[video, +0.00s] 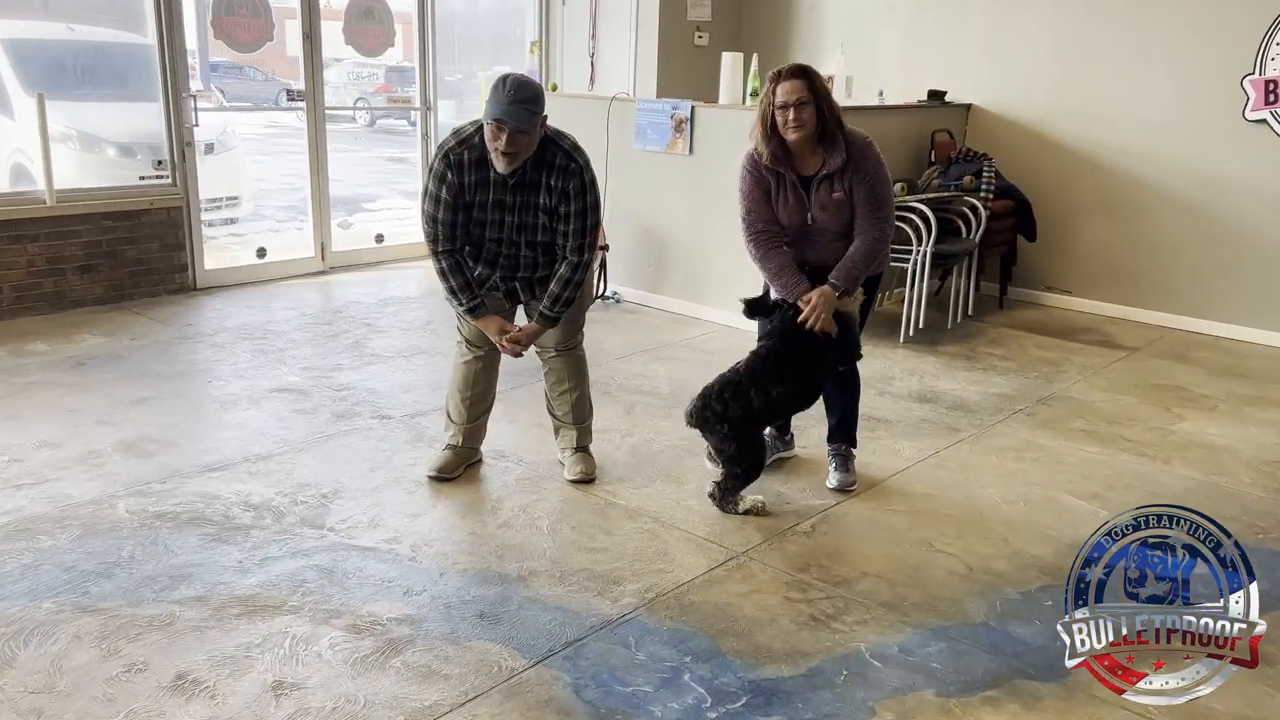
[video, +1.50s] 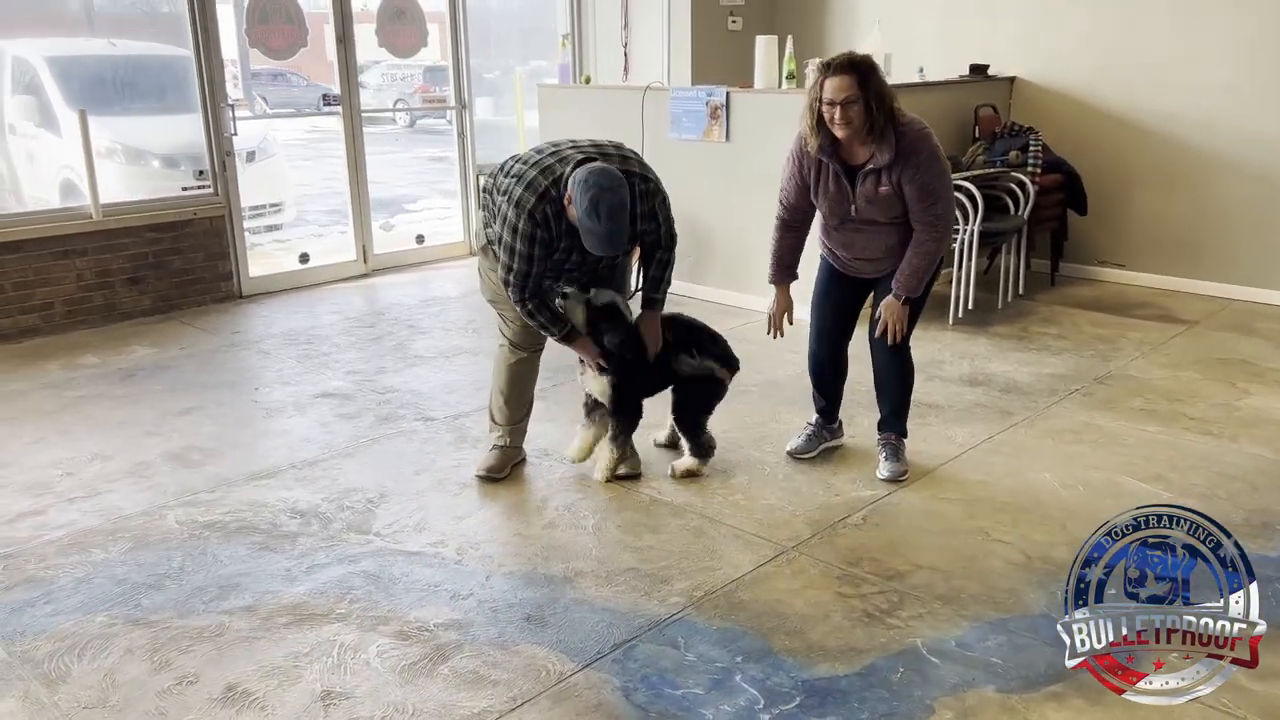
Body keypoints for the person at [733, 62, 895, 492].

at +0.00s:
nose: (792, 115)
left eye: (802, 104)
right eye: (782, 107)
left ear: (821, 107)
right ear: (770, 113)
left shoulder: (858, 153)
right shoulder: (760, 162)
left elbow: (875, 233)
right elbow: (761, 238)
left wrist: (837, 287)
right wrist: (806, 297)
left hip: (849, 272)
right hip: (787, 272)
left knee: (839, 357)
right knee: (776, 350)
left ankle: (841, 451)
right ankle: (777, 432)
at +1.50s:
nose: (838, 114)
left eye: (849, 103)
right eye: (829, 104)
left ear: (871, 101)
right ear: (817, 105)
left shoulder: (913, 143)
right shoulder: (810, 145)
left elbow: (935, 227)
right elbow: (792, 215)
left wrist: (900, 293)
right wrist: (781, 285)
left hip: (903, 259)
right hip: (841, 255)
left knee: (887, 338)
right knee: (823, 345)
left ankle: (892, 439)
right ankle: (826, 423)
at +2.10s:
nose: (799, 159)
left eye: (810, 149)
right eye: (792, 149)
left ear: (836, 147)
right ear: (784, 151)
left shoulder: (881, 189)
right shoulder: (786, 193)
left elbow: (888, 279)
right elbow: (758, 251)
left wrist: (843, 344)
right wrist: (717, 303)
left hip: (905, 278)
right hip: (836, 276)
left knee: (895, 378)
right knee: (810, 355)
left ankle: (944, 399)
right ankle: (828, 440)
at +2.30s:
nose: (793, 195)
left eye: (804, 187)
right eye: (788, 186)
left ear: (833, 186)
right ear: (783, 184)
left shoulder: (877, 232)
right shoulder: (787, 225)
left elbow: (864, 319)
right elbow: (742, 266)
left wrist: (817, 383)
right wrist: (683, 299)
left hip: (896, 320)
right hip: (833, 309)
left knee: (887, 422)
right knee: (786, 353)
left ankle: (950, 409)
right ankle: (826, 442)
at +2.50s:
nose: (796, 218)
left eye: (806, 210)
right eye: (791, 208)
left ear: (834, 210)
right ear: (786, 207)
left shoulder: (872, 259)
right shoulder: (787, 244)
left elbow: (854, 344)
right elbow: (735, 273)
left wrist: (833, 419)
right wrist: (674, 288)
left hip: (888, 353)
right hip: (831, 337)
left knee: (878, 459)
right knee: (772, 357)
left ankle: (938, 411)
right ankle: (813, 442)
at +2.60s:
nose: (797, 222)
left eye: (808, 214)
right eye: (794, 211)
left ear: (837, 214)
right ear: (789, 210)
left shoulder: (875, 264)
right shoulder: (788, 245)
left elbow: (855, 349)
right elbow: (736, 270)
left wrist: (826, 420)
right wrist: (680, 281)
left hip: (884, 360)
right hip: (828, 343)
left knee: (875, 469)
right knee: (768, 357)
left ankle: (932, 412)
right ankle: (811, 444)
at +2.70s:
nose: (799, 221)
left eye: (811, 214)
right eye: (797, 211)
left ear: (841, 216)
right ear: (793, 208)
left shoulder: (879, 267)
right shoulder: (792, 243)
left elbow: (855, 351)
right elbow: (741, 269)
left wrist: (814, 416)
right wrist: (690, 277)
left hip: (882, 362)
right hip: (827, 341)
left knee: (870, 469)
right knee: (765, 356)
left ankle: (928, 411)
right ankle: (809, 445)